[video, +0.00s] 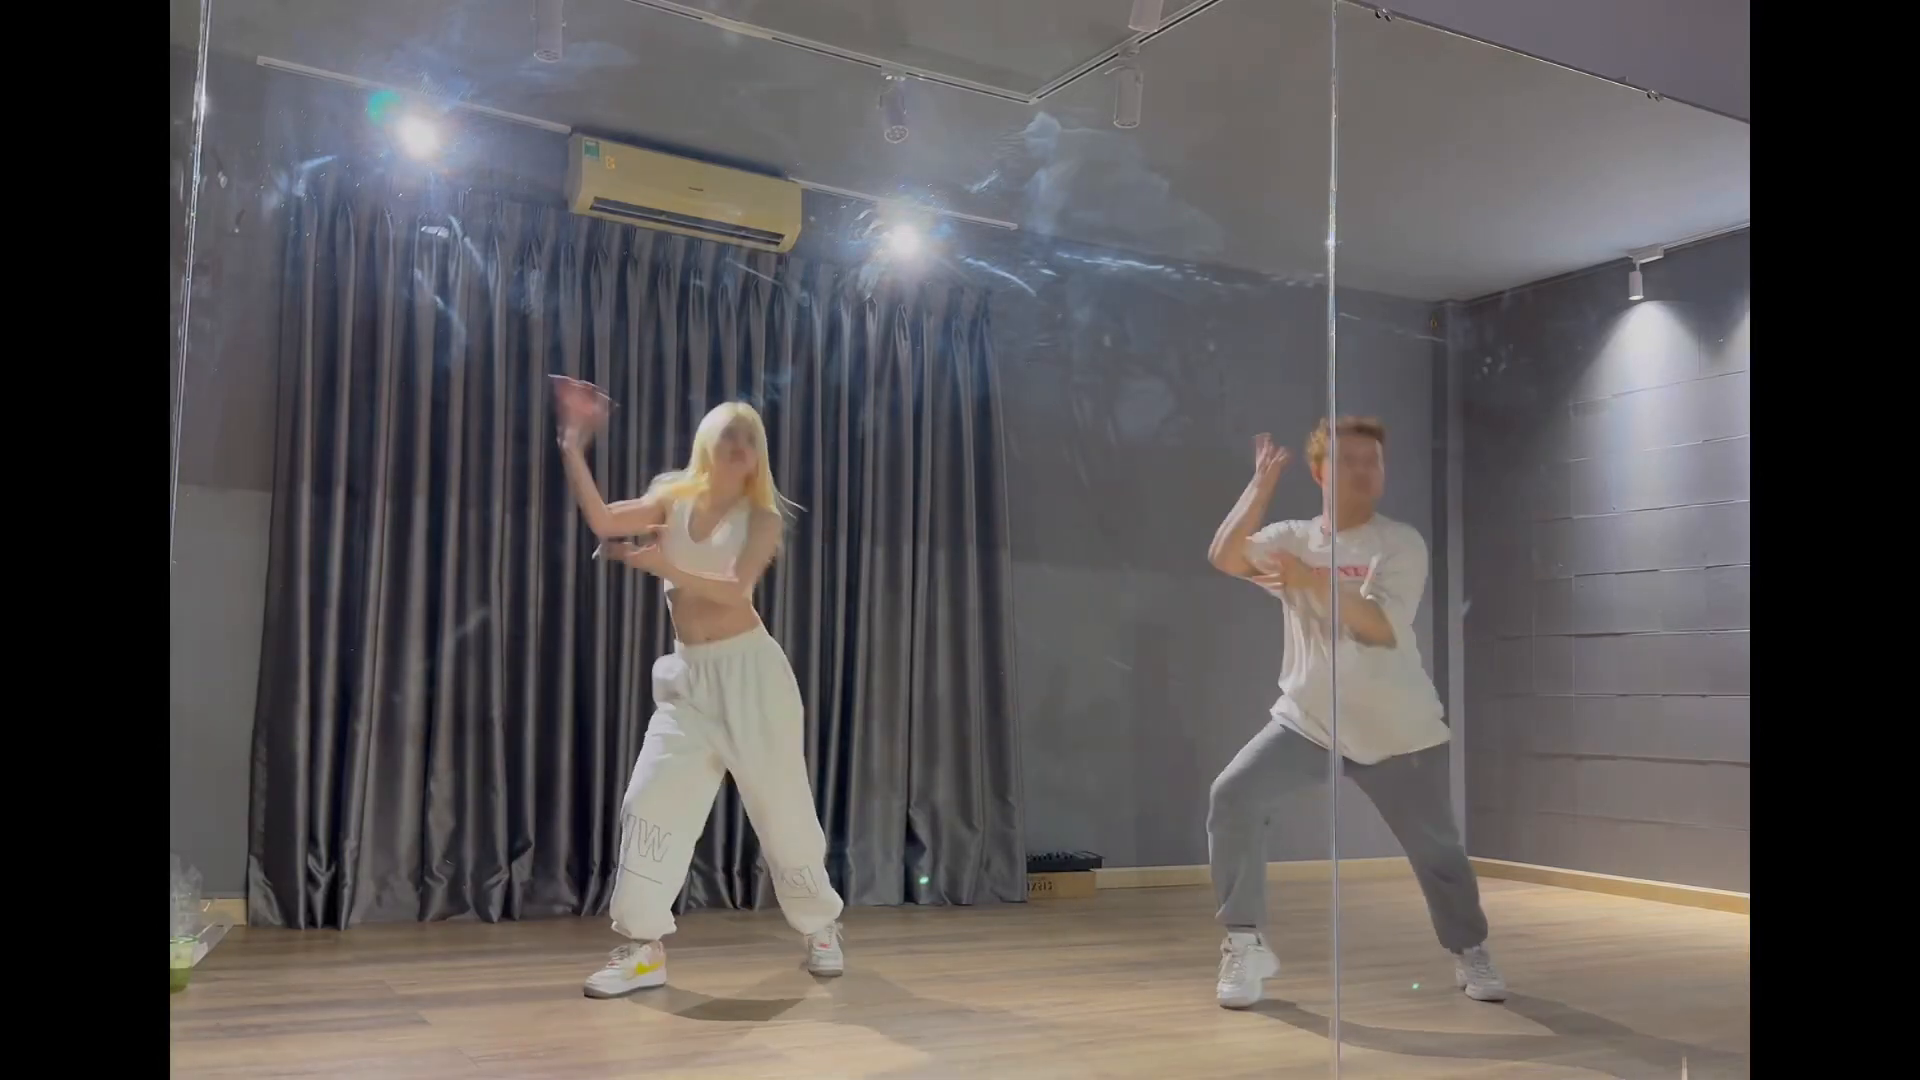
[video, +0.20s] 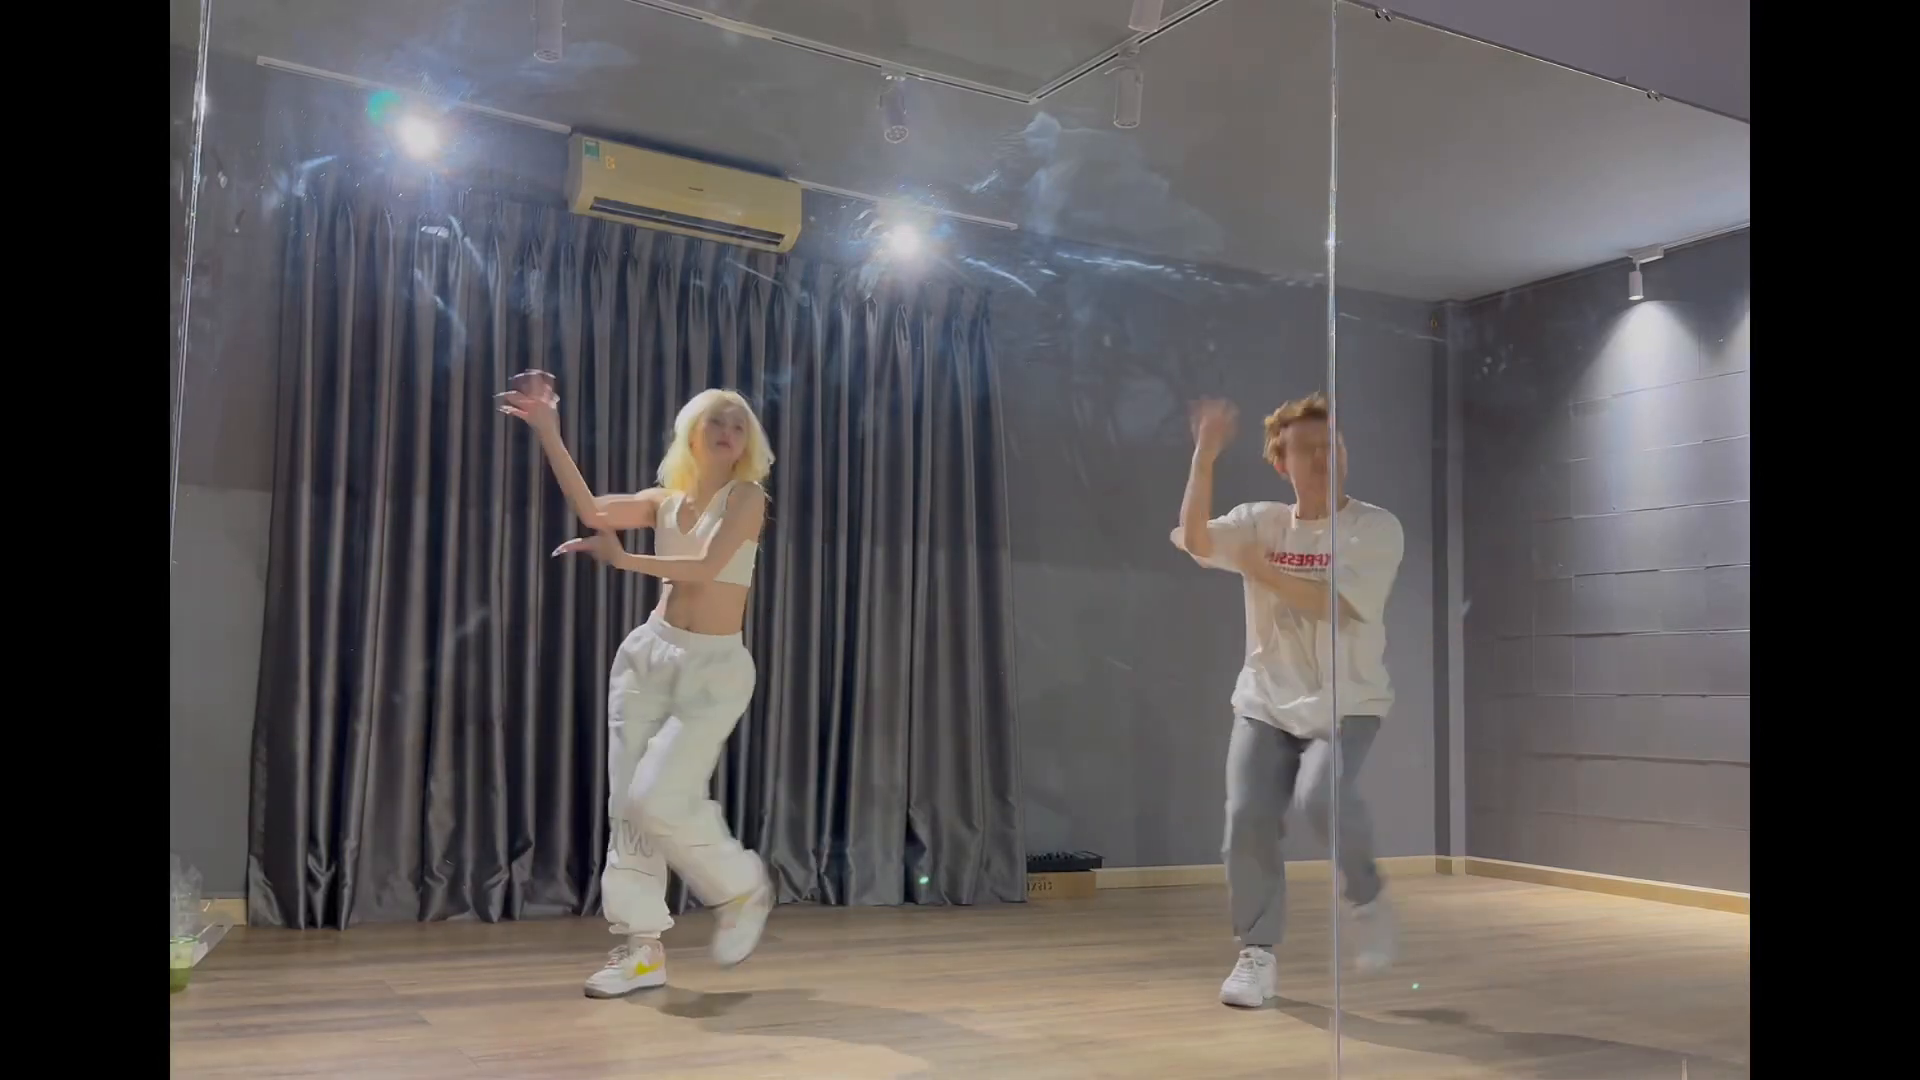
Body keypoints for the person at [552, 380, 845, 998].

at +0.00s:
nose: (742, 458)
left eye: (750, 448)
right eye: (731, 448)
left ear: (759, 456)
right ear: (706, 452)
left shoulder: (763, 518)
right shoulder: (673, 500)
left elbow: (738, 588)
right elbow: (603, 519)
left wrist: (663, 567)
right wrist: (572, 447)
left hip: (752, 673)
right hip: (688, 677)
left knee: (780, 808)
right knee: (647, 805)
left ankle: (821, 930)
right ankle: (645, 951)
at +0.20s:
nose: (726, 428)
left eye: (737, 422)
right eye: (715, 420)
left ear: (748, 441)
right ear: (690, 436)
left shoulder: (747, 498)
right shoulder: (668, 501)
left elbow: (706, 566)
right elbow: (594, 509)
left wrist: (622, 559)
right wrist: (548, 430)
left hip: (714, 668)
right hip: (649, 657)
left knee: (656, 801)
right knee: (629, 804)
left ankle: (744, 890)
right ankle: (643, 950)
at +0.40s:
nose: (718, 458)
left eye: (729, 449)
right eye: (707, 446)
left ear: (742, 458)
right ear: (685, 450)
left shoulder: (736, 505)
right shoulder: (660, 512)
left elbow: (700, 580)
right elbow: (600, 538)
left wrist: (612, 573)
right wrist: (559, 465)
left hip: (689, 670)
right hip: (634, 663)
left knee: (617, 814)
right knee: (587, 815)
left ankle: (697, 939)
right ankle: (643, 949)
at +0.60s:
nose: (703, 452)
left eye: (715, 446)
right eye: (696, 438)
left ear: (722, 456)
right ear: (671, 435)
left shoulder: (699, 501)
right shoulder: (626, 491)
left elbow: (676, 586)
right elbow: (587, 546)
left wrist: (592, 580)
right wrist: (555, 466)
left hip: (701, 667)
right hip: (647, 673)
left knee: (662, 804)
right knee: (615, 809)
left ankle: (701, 945)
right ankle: (643, 950)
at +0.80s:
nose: (697, 460)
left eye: (710, 453)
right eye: (689, 446)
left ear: (718, 463)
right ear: (663, 447)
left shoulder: (698, 506)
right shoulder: (641, 510)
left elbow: (679, 591)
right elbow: (587, 553)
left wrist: (595, 595)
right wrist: (543, 475)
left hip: (681, 687)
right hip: (621, 677)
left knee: (609, 817)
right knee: (585, 821)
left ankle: (689, 934)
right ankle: (643, 948)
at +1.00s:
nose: (700, 461)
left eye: (712, 451)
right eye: (691, 447)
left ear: (721, 457)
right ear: (667, 444)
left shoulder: (705, 501)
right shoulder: (631, 487)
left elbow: (687, 585)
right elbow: (583, 541)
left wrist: (600, 584)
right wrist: (567, 459)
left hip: (687, 660)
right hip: (640, 665)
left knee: (637, 804)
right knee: (599, 813)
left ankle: (696, 940)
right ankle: (647, 949)